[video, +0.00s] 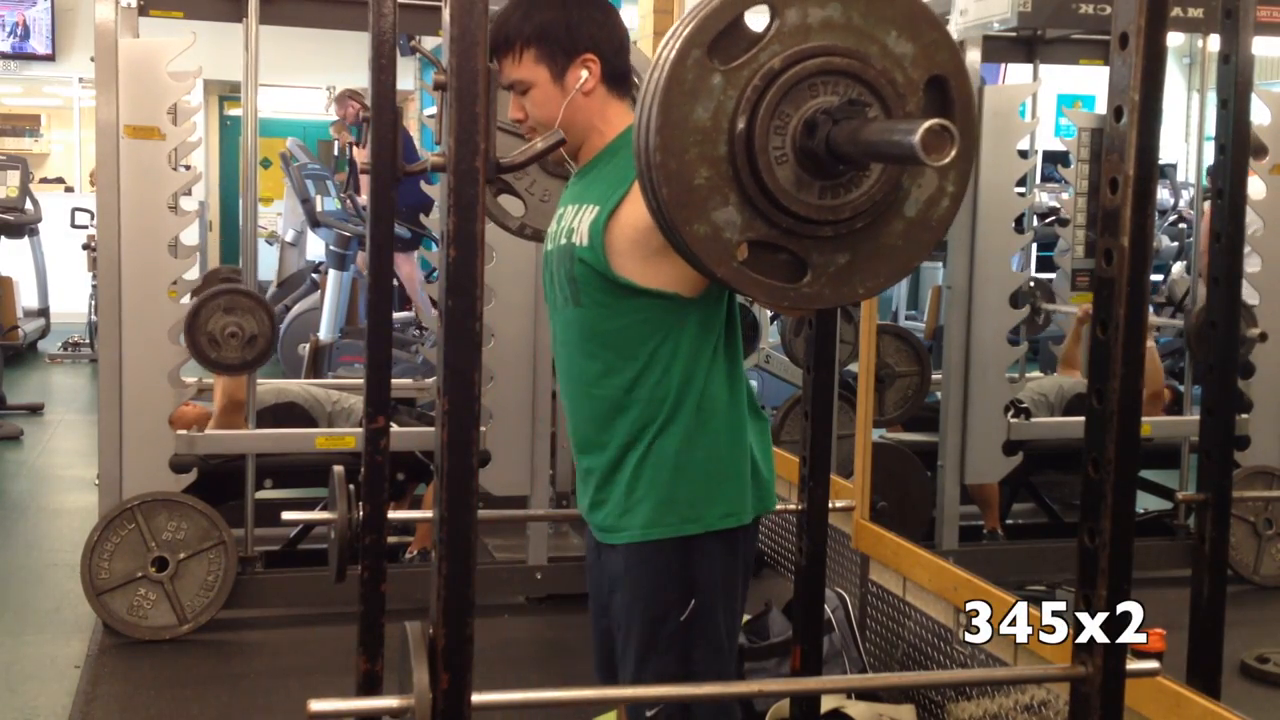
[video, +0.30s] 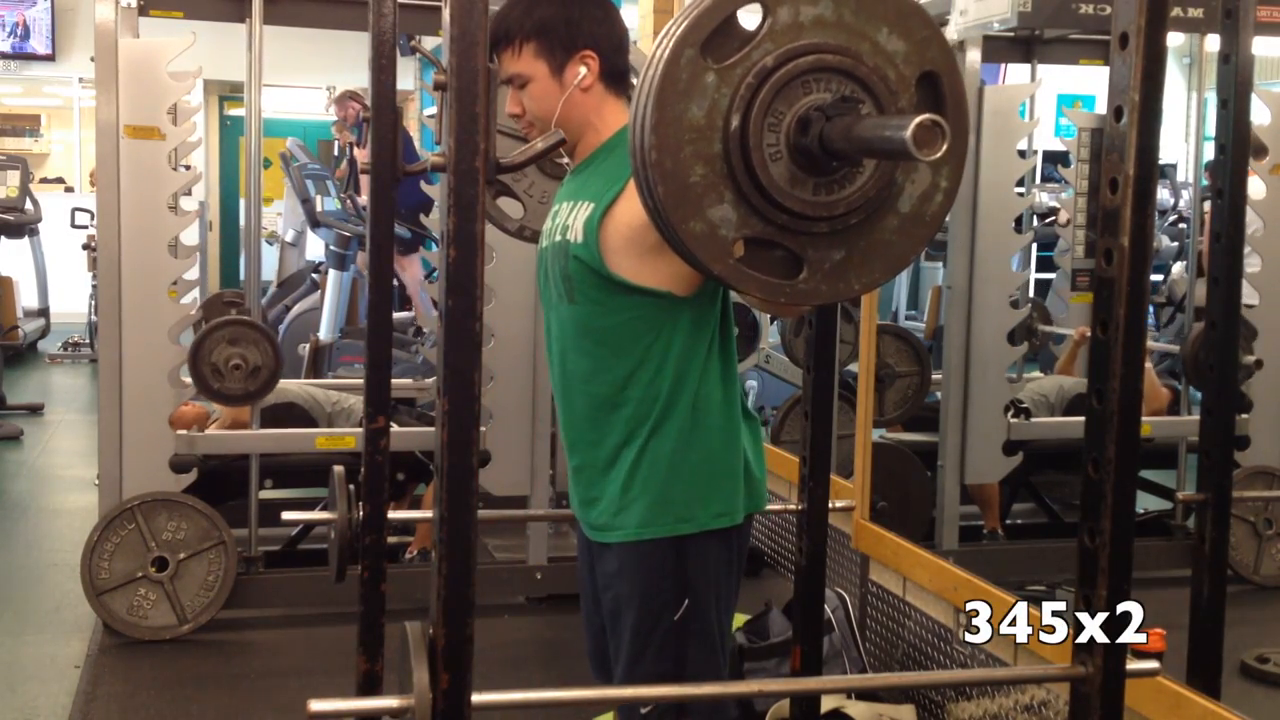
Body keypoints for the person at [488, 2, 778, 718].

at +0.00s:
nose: (515, 114)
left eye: (522, 90)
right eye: (510, 95)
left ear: (584, 73)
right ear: (581, 78)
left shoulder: (655, 193)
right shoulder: (590, 179)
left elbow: (780, 251)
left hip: (679, 514)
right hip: (622, 508)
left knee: (682, 710)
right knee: (629, 706)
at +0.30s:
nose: (512, 107)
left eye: (521, 83)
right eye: (507, 87)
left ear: (583, 71)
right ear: (579, 76)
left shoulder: (646, 190)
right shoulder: (584, 178)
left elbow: (777, 272)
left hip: (671, 512)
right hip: (614, 504)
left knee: (672, 711)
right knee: (629, 704)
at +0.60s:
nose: (508, 97)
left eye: (518, 73)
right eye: (506, 76)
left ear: (582, 72)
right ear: (578, 78)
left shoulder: (650, 190)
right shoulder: (587, 179)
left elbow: (789, 281)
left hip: (672, 512)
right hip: (616, 504)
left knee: (672, 710)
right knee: (628, 702)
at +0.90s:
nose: (528, 65)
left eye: (546, 44)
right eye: (535, 44)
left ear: (609, 65)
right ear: (602, 68)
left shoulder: (645, 198)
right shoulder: (590, 177)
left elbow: (787, 293)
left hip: (673, 515)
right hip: (617, 507)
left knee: (675, 709)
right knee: (627, 699)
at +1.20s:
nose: (540, 110)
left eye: (555, 89)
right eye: (542, 90)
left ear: (619, 103)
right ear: (612, 105)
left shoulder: (654, 228)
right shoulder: (593, 217)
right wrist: (566, 189)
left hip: (701, 523)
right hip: (633, 509)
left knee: (639, 707)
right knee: (574, 658)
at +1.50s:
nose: (526, 263)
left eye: (542, 244)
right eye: (530, 244)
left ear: (602, 254)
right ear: (601, 256)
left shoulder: (651, 359)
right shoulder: (589, 351)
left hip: (737, 607)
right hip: (651, 584)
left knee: (617, 709)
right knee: (534, 666)